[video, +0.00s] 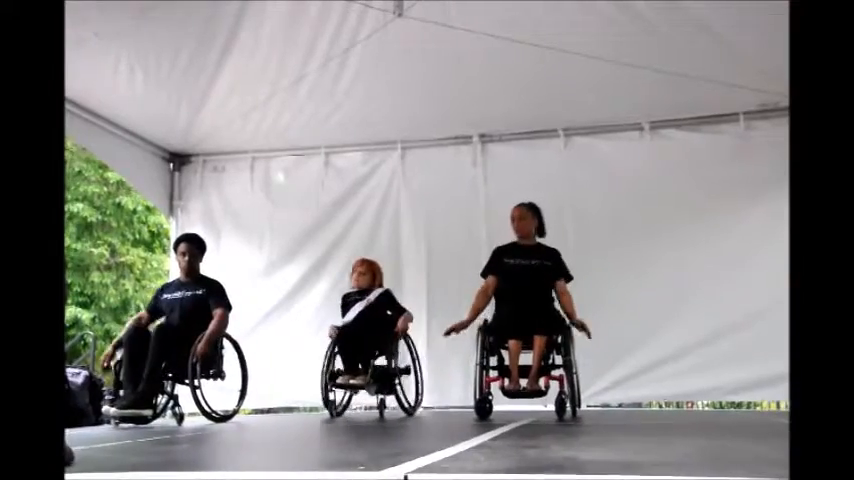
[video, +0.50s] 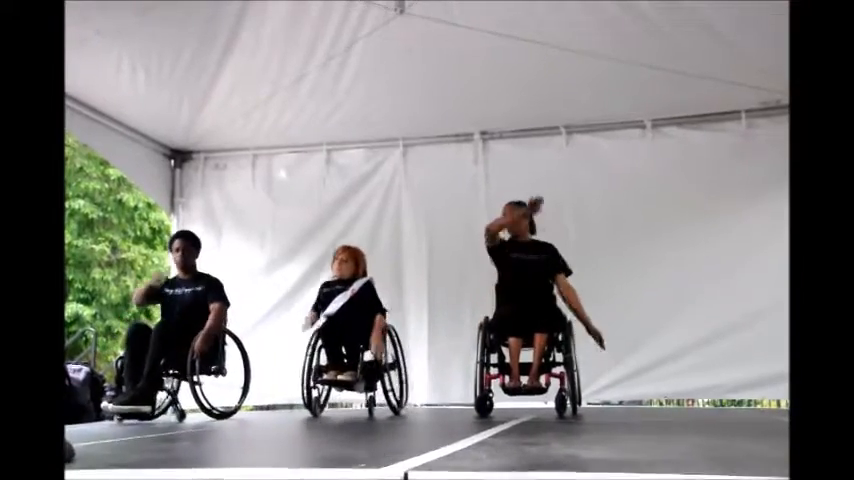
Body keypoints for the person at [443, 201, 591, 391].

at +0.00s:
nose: (516, 224)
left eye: (521, 219)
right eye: (513, 220)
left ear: (535, 222)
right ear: (510, 223)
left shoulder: (550, 254)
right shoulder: (501, 253)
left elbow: (561, 290)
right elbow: (487, 289)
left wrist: (573, 318)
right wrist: (469, 319)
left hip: (540, 311)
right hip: (510, 310)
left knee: (544, 321)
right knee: (513, 323)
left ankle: (534, 378)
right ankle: (514, 378)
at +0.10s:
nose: (518, 223)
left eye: (523, 218)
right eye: (514, 219)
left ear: (536, 221)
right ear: (511, 223)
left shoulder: (551, 254)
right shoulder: (502, 253)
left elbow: (561, 290)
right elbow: (490, 287)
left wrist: (570, 318)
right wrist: (476, 317)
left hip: (541, 309)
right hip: (511, 308)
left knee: (544, 319)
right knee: (514, 320)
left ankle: (534, 378)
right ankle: (514, 378)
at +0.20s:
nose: (518, 223)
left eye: (524, 218)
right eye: (515, 219)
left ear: (537, 221)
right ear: (511, 223)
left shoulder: (551, 253)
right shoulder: (502, 252)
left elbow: (560, 289)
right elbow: (496, 280)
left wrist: (569, 320)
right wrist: (496, 302)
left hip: (542, 305)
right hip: (514, 306)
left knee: (543, 319)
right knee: (513, 320)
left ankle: (534, 377)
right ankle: (514, 377)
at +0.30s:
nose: (517, 223)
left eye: (522, 218)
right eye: (513, 219)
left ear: (535, 221)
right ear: (510, 223)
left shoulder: (550, 253)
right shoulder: (502, 252)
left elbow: (561, 290)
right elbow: (495, 273)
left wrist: (573, 321)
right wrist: (500, 282)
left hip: (543, 305)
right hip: (516, 305)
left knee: (542, 319)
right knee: (514, 318)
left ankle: (534, 376)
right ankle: (514, 376)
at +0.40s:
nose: (514, 223)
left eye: (519, 217)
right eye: (510, 219)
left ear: (532, 221)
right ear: (507, 223)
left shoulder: (549, 252)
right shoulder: (501, 250)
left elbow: (562, 290)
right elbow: (492, 264)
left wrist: (579, 324)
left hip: (541, 306)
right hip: (512, 307)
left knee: (543, 319)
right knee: (515, 320)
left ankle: (534, 376)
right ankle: (514, 376)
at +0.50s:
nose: (509, 222)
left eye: (513, 217)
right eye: (506, 218)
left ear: (526, 220)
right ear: (505, 224)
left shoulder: (546, 250)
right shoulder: (501, 250)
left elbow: (564, 288)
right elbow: (491, 230)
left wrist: (588, 325)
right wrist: (523, 212)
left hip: (541, 306)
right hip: (511, 306)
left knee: (543, 318)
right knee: (515, 319)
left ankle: (534, 377)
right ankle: (514, 377)